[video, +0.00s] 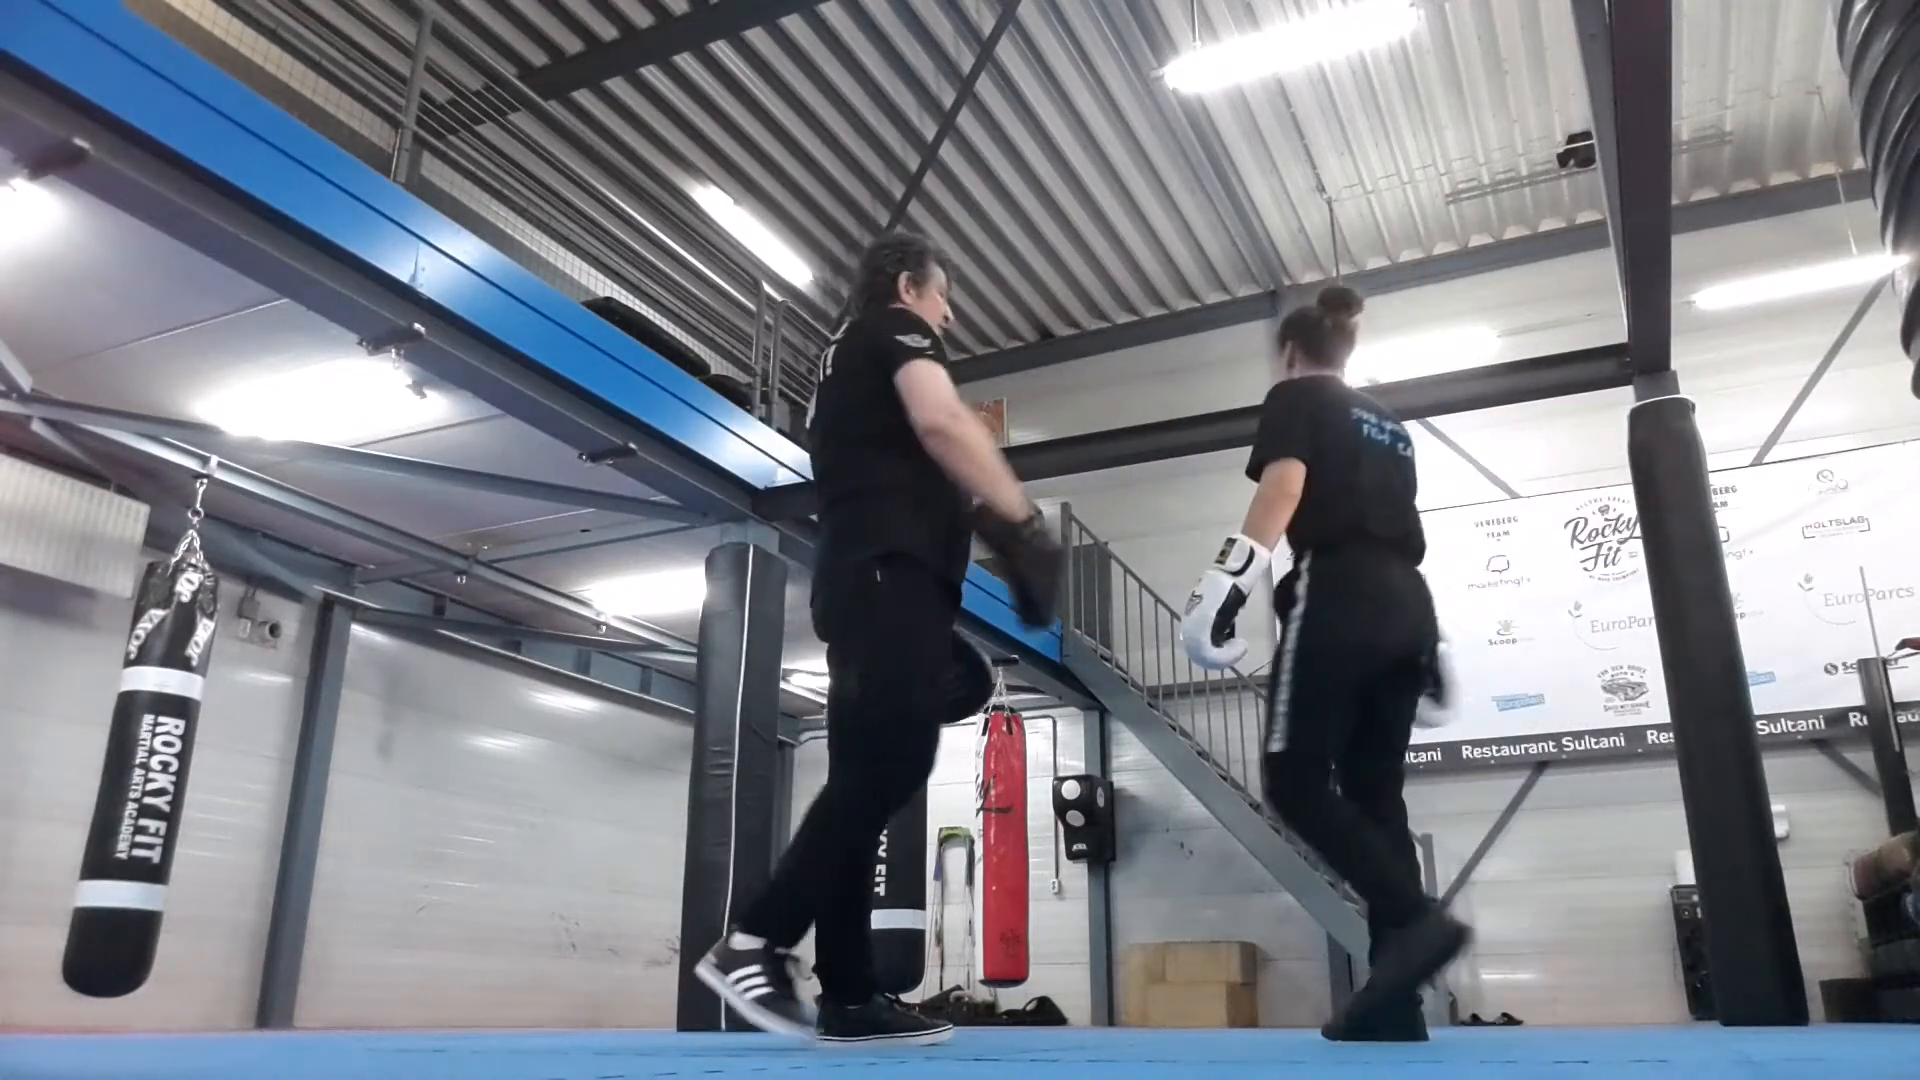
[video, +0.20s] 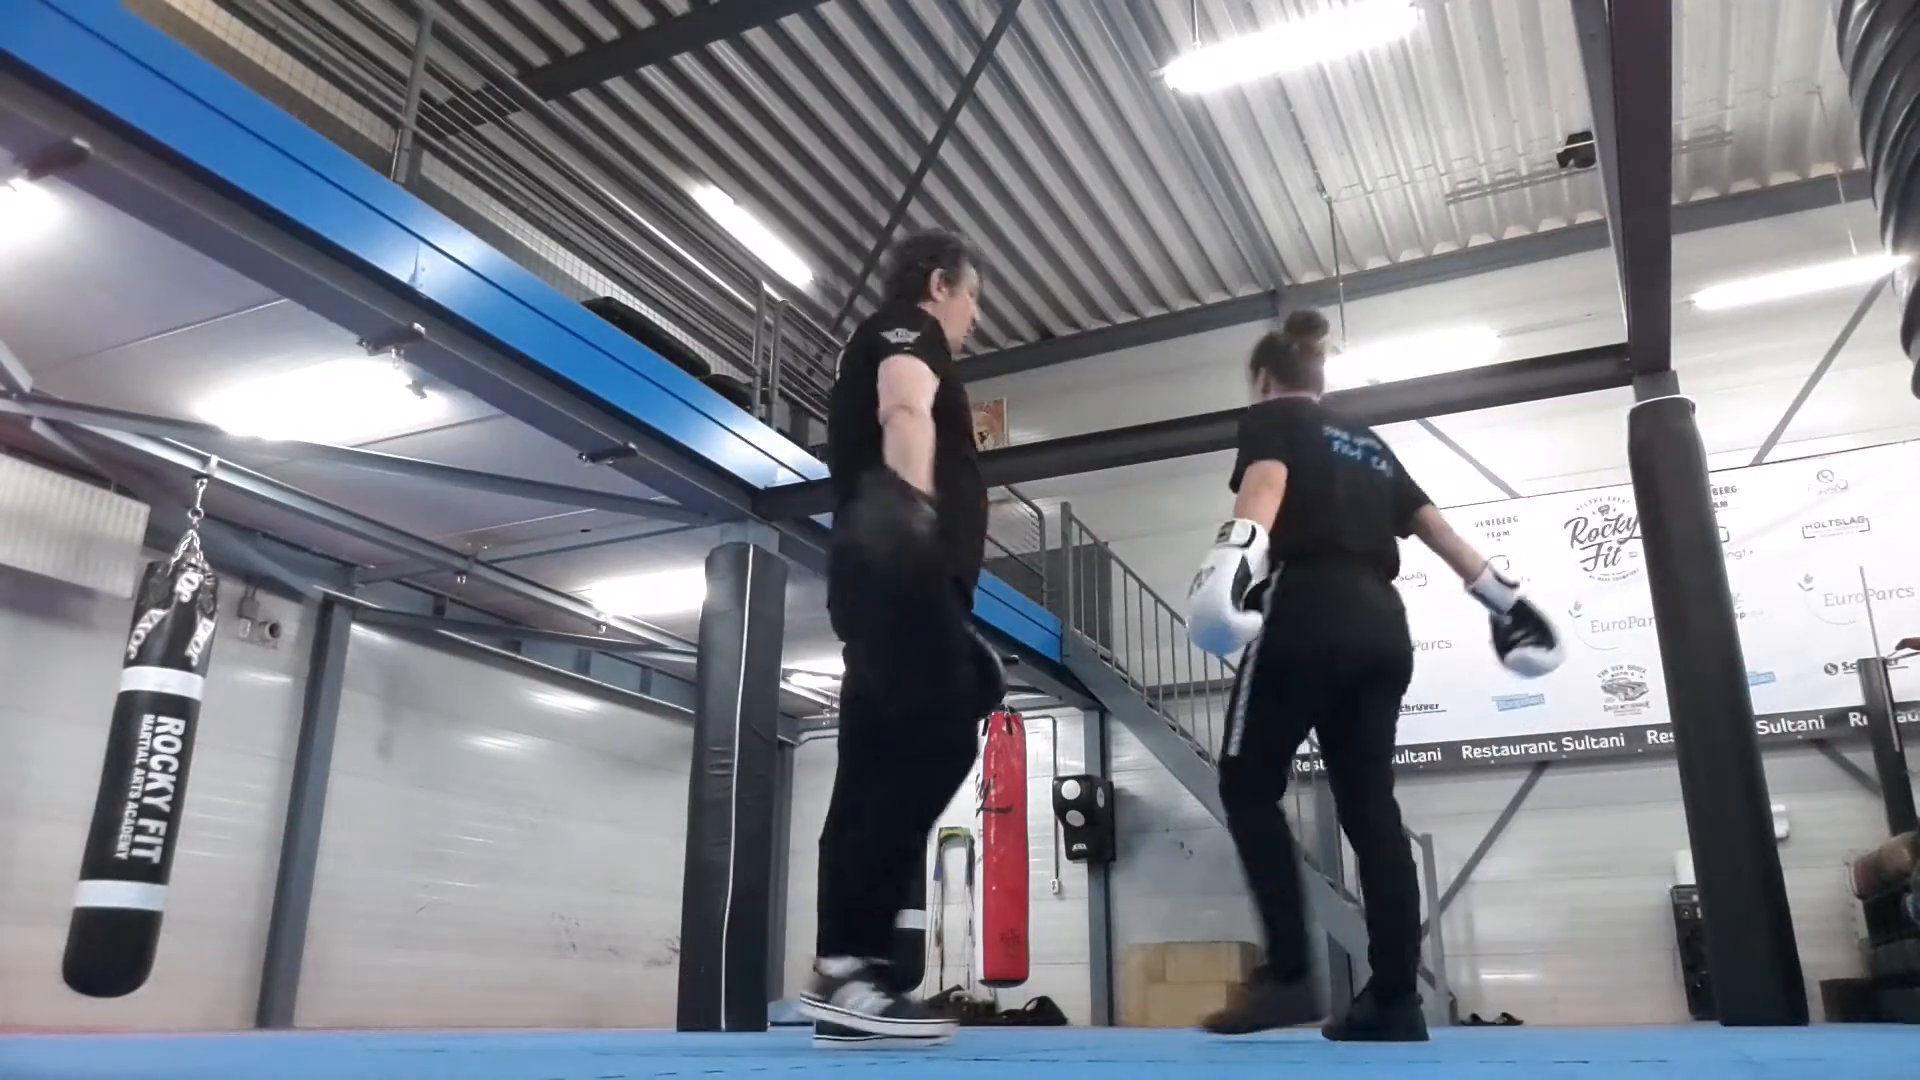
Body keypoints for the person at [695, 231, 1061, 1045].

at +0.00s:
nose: (948, 311)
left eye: (948, 298)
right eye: (943, 295)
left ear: (882, 293)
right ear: (907, 287)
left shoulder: (857, 356)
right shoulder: (894, 329)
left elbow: (904, 475)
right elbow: (941, 423)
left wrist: (972, 439)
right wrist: (1024, 523)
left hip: (864, 582)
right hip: (887, 580)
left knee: (860, 787)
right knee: (884, 773)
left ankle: (849, 995)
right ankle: (752, 946)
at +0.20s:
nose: (975, 315)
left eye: (976, 301)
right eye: (972, 298)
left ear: (918, 287)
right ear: (938, 285)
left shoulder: (887, 345)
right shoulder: (909, 334)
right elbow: (903, 414)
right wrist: (918, 512)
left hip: (881, 579)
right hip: (897, 579)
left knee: (874, 777)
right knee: (914, 759)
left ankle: (848, 978)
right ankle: (860, 981)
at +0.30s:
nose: (996, 322)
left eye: (1000, 308)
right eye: (995, 303)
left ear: (956, 290)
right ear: (961, 286)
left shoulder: (932, 364)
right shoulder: (913, 329)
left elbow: (929, 496)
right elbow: (882, 400)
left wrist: (967, 618)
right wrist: (869, 493)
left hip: (907, 591)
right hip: (909, 587)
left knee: (870, 791)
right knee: (954, 751)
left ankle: (849, 997)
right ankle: (918, 975)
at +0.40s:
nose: (1018, 328)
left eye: (1024, 316)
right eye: (1018, 311)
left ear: (985, 296)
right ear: (988, 290)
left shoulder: (967, 372)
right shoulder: (926, 323)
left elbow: (958, 491)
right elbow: (868, 429)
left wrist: (979, 595)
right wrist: (865, 503)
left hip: (939, 589)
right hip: (919, 580)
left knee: (876, 794)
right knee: (976, 760)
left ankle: (850, 996)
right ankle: (995, 970)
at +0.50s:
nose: (1043, 322)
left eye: (1047, 309)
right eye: (1044, 304)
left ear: (1001, 285)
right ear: (1013, 284)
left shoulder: (975, 351)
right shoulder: (948, 319)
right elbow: (908, 400)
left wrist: (992, 583)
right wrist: (881, 481)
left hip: (942, 597)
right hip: (952, 594)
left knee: (887, 793)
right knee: (1001, 778)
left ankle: (851, 994)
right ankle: (1012, 981)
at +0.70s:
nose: (1086, 294)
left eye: (1086, 279)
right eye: (1085, 277)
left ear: (1017, 264)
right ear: (1061, 268)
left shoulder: (983, 330)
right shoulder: (1017, 311)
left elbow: (939, 466)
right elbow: (1006, 390)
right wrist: (1026, 501)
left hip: (979, 574)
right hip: (1022, 571)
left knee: (996, 784)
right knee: (1056, 779)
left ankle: (879, 974)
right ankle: (1026, 992)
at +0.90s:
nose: (1133, 268)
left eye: (1132, 255)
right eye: (1132, 254)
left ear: (1049, 251)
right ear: (1113, 248)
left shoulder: (997, 348)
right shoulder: (1079, 291)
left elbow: (1021, 484)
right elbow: (1135, 400)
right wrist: (1219, 503)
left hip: (1037, 579)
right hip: (1077, 576)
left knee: (1111, 757)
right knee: (1076, 770)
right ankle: (1023, 990)